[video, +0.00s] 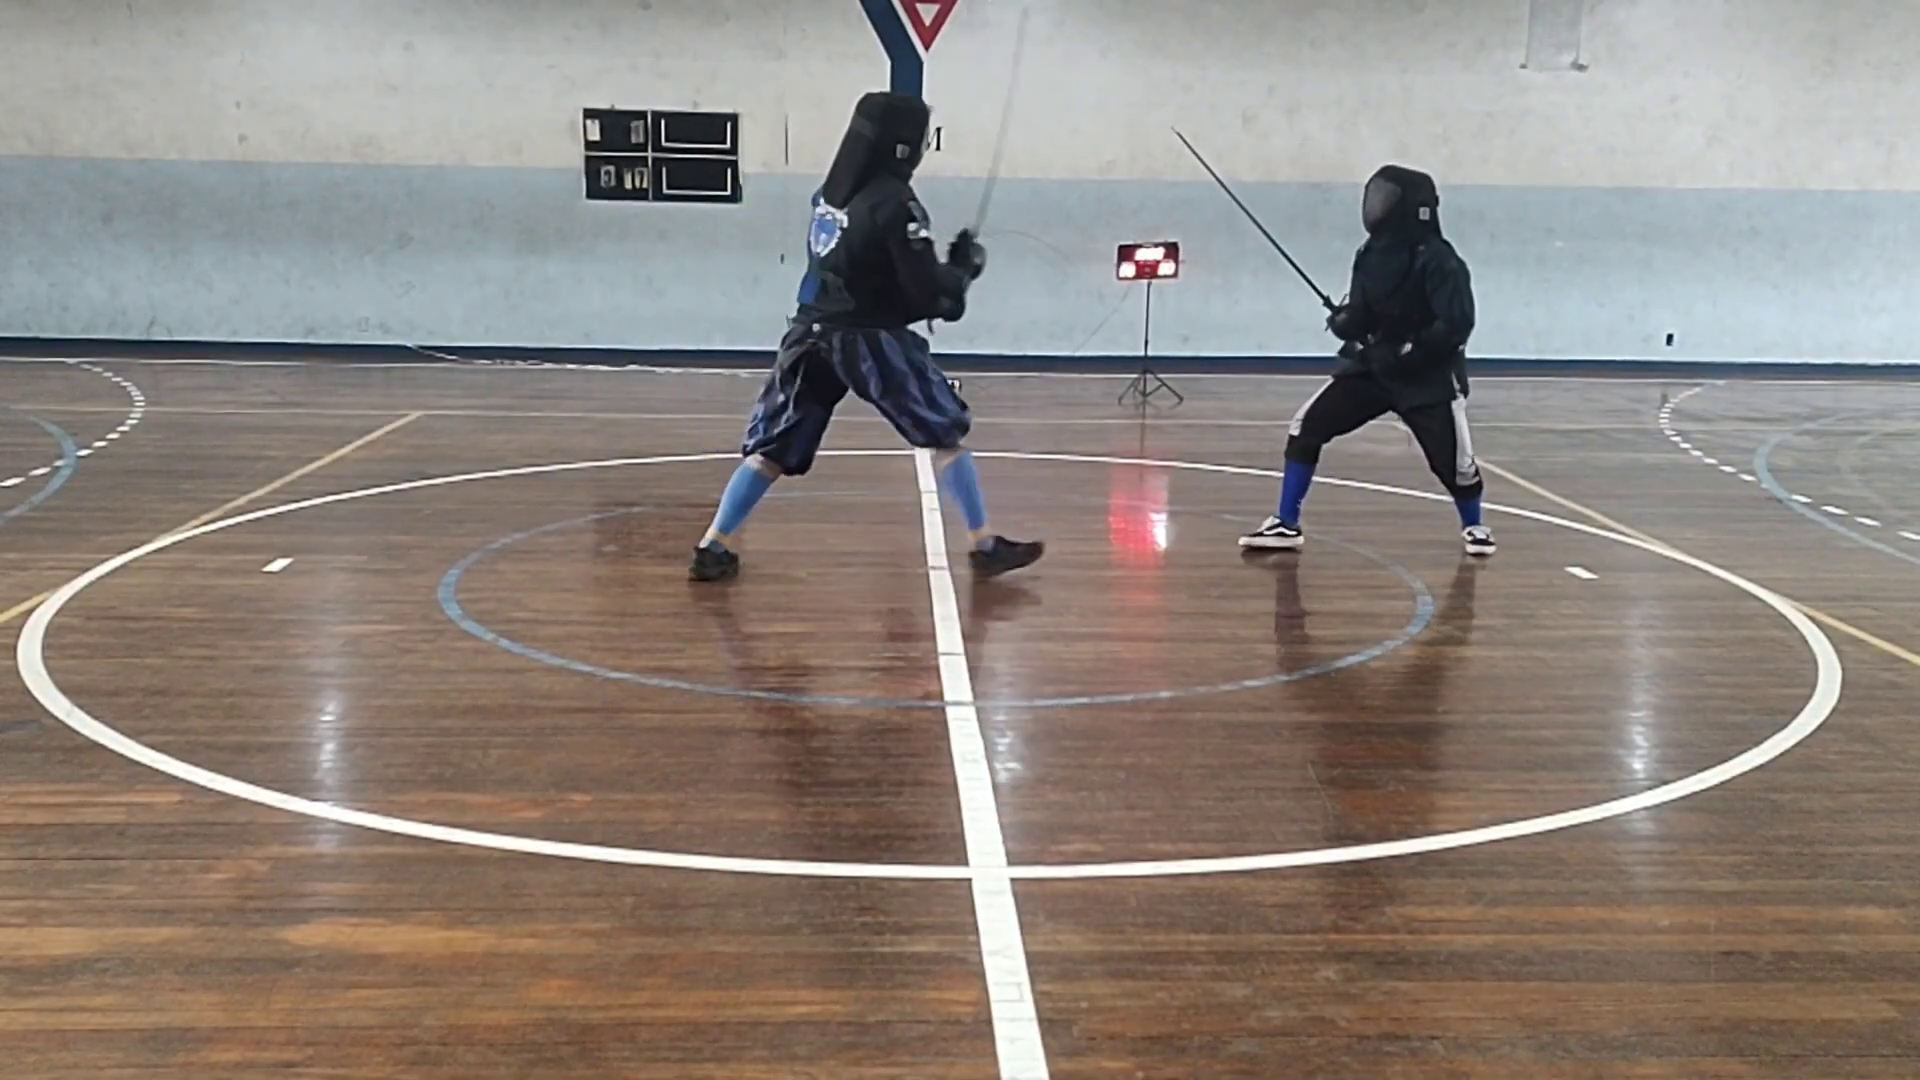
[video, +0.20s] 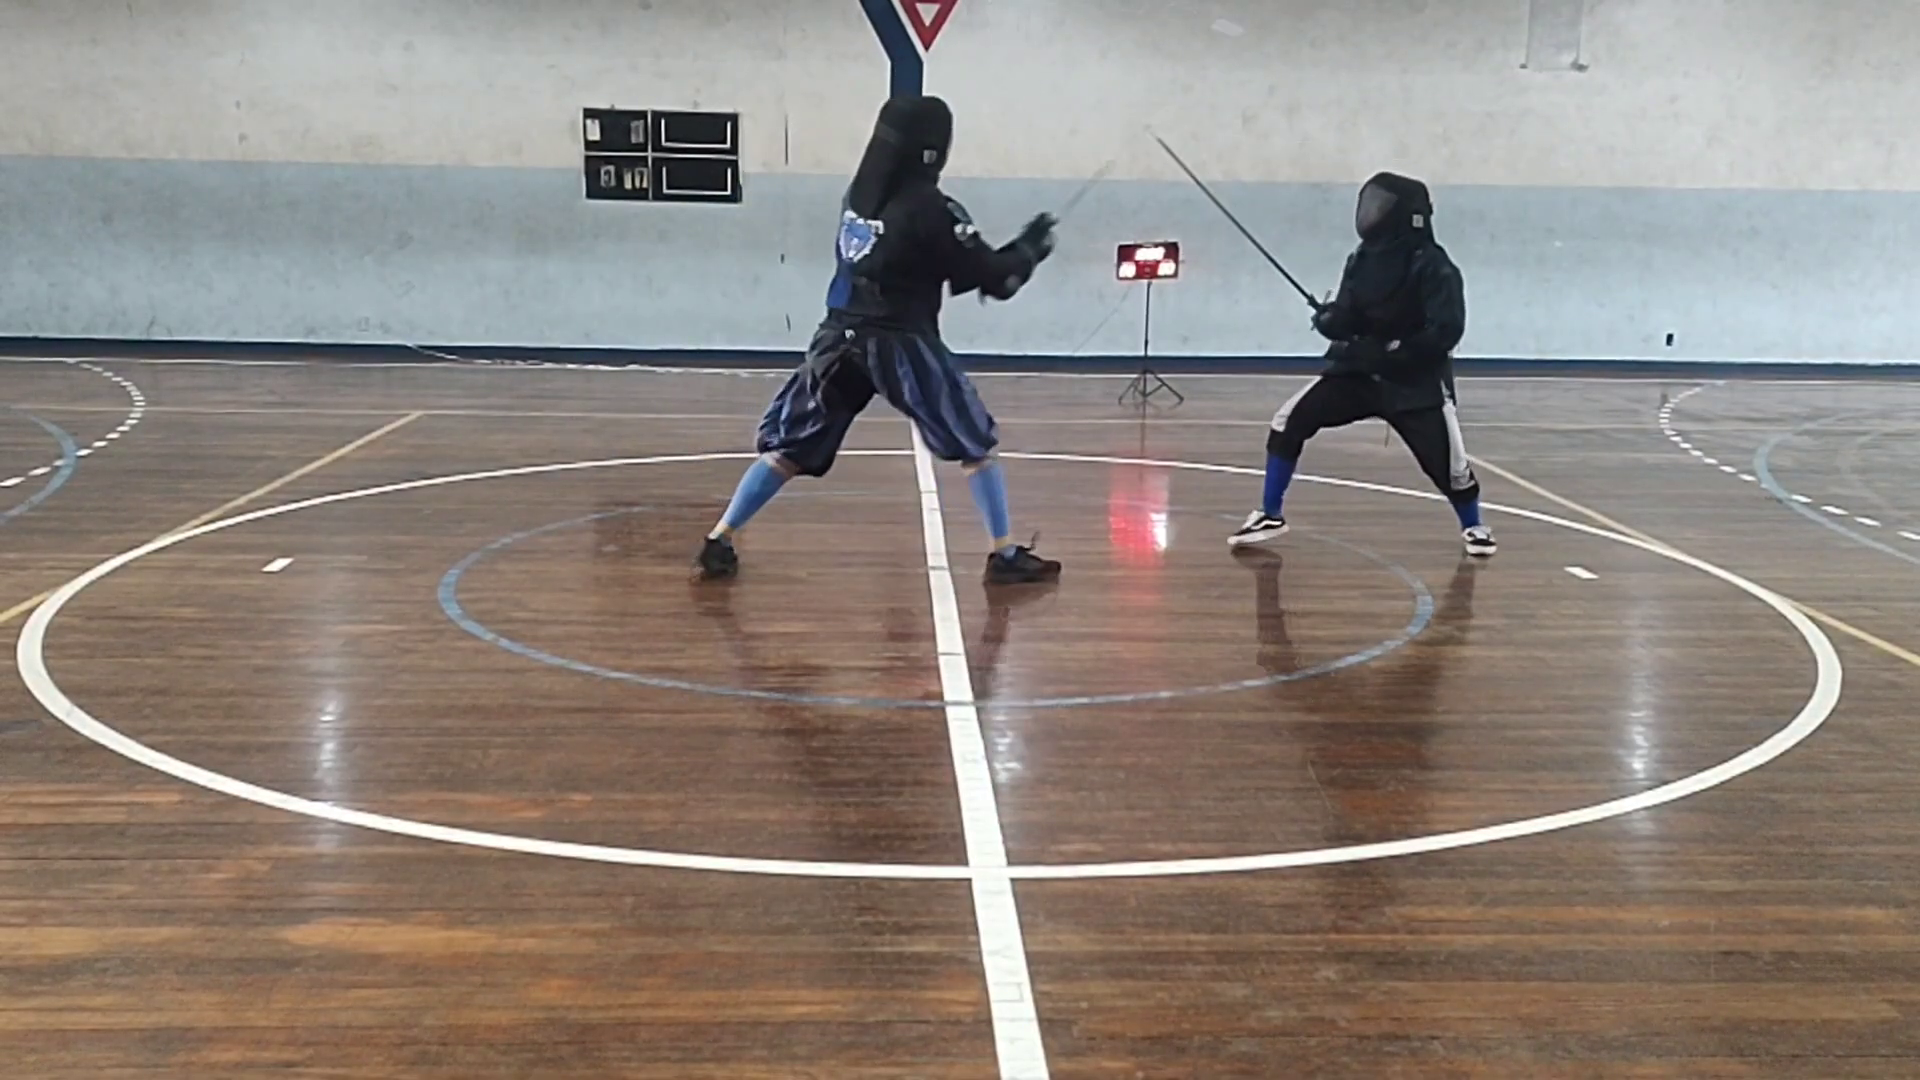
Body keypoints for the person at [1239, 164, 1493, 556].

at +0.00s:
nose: (1369, 203)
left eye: (1380, 195)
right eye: (1370, 194)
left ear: (1406, 203)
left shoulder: (1438, 259)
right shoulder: (1370, 255)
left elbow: (1458, 323)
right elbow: (1359, 314)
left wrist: (1408, 355)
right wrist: (1346, 321)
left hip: (1428, 381)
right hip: (1370, 375)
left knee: (1457, 465)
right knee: (1305, 429)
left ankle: (1473, 526)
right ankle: (1286, 523)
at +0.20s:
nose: (1365, 210)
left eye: (1376, 203)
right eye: (1365, 201)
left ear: (1403, 211)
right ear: (1363, 205)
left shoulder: (1433, 266)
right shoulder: (1361, 262)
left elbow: (1446, 330)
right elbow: (1348, 319)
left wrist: (1393, 356)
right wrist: (1331, 319)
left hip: (1415, 385)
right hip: (1358, 379)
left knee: (1450, 468)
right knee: (1287, 424)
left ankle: (1473, 527)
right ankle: (1270, 514)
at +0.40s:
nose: (1357, 212)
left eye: (1367, 203)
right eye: (1357, 202)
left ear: (1396, 212)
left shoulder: (1427, 269)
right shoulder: (1351, 261)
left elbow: (1417, 349)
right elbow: (1329, 324)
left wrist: (1342, 335)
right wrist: (1309, 313)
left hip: (1407, 387)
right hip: (1347, 380)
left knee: (1445, 466)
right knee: (1277, 435)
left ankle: (1473, 527)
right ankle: (1242, 516)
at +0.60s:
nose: (1354, 212)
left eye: (1366, 203)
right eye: (1355, 202)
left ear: (1394, 211)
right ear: (1357, 208)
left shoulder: (1423, 267)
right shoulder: (1347, 260)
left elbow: (1414, 341)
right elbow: (1317, 320)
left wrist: (1354, 331)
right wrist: (1299, 307)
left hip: (1403, 385)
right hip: (1341, 381)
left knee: (1445, 465)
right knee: (1274, 440)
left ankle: (1474, 527)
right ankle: (1231, 518)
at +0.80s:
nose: (1351, 210)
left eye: (1362, 202)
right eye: (1349, 201)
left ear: (1389, 209)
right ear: (1348, 204)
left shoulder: (1413, 260)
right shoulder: (1342, 254)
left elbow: (1403, 324)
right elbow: (1296, 312)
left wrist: (1344, 312)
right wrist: (1279, 294)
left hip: (1397, 386)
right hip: (1335, 383)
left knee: (1446, 464)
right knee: (1270, 449)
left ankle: (1474, 528)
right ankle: (1216, 520)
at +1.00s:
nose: (1343, 206)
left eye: (1353, 198)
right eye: (1341, 198)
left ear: (1376, 204)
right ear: (1340, 205)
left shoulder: (1399, 247)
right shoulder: (1328, 246)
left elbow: (1358, 270)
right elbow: (1277, 270)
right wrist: (1244, 252)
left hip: (1383, 374)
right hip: (1322, 373)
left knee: (1442, 455)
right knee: (1258, 445)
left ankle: (1472, 527)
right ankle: (1210, 519)